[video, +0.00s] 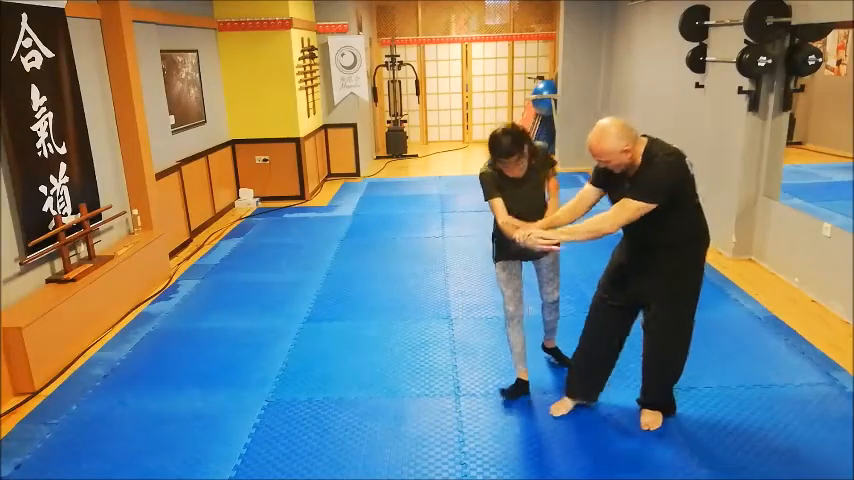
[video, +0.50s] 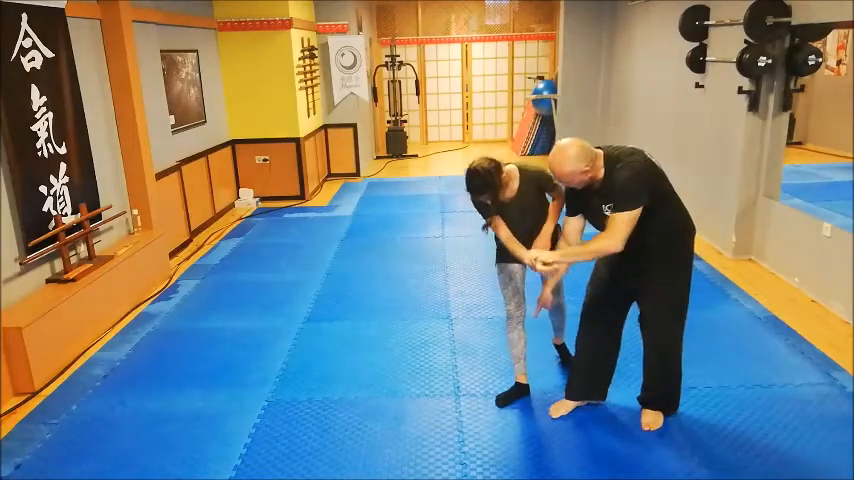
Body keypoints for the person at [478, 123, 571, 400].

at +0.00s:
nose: (514, 170)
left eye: (518, 163)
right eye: (506, 166)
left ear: (526, 151)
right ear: (496, 160)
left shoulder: (542, 158)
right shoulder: (489, 176)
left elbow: (554, 203)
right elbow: (502, 220)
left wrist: (540, 227)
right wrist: (528, 239)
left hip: (545, 236)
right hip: (508, 241)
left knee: (551, 298)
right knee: (513, 311)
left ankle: (550, 343)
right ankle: (521, 377)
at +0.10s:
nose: (509, 178)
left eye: (512, 171)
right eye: (501, 174)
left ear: (520, 156)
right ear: (491, 167)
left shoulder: (539, 157)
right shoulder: (486, 178)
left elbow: (556, 178)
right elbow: (500, 220)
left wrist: (550, 217)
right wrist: (516, 232)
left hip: (546, 240)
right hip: (510, 245)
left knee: (553, 299)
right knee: (511, 313)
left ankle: (553, 342)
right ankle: (520, 378)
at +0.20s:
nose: (499, 183)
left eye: (501, 176)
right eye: (492, 180)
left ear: (511, 162)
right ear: (485, 174)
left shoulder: (536, 161)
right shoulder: (483, 182)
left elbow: (559, 182)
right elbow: (500, 225)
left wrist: (547, 222)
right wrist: (517, 234)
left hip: (546, 240)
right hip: (509, 246)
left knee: (554, 299)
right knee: (510, 314)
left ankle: (558, 342)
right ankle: (519, 379)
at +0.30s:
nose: (490, 188)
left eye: (493, 182)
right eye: (484, 184)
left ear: (503, 167)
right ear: (479, 178)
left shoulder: (534, 166)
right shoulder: (480, 185)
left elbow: (559, 189)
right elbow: (501, 224)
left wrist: (545, 228)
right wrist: (517, 239)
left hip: (545, 243)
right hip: (509, 248)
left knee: (555, 300)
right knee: (512, 313)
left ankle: (560, 342)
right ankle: (520, 380)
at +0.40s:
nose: (486, 195)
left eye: (488, 189)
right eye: (481, 192)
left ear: (499, 174)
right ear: (477, 185)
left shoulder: (533, 170)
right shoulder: (478, 190)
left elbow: (558, 193)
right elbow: (498, 223)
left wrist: (544, 231)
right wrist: (520, 248)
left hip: (546, 243)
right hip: (511, 249)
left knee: (556, 301)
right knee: (513, 313)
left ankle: (561, 343)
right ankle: (521, 381)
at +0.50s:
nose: (485, 202)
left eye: (488, 196)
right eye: (481, 199)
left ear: (501, 179)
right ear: (477, 189)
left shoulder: (534, 175)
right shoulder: (480, 195)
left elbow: (559, 194)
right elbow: (504, 235)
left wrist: (546, 233)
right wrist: (529, 258)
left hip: (546, 241)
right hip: (511, 248)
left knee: (556, 299)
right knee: (513, 313)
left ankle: (560, 342)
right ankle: (521, 381)